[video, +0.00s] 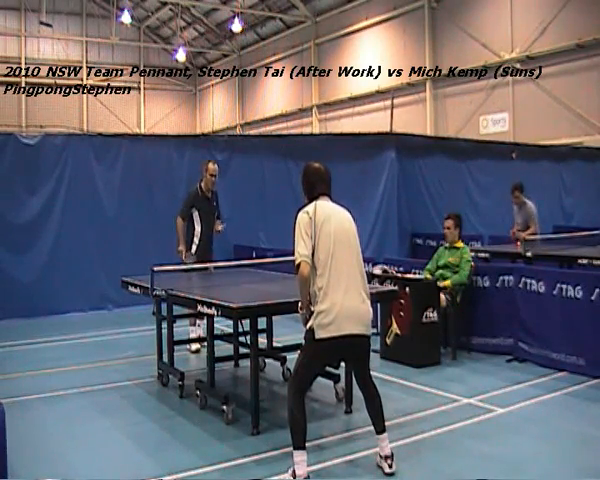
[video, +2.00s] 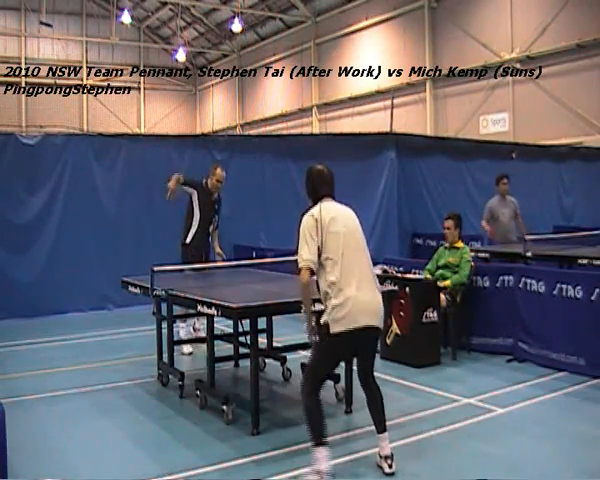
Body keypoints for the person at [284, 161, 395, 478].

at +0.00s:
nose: (304, 190)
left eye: (303, 185)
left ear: (305, 187)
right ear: (329, 186)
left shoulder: (307, 215)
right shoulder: (346, 215)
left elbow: (304, 267)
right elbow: (355, 264)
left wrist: (304, 304)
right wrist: (327, 298)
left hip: (328, 322)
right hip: (360, 319)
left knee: (296, 388)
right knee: (365, 379)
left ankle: (300, 466)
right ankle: (386, 451)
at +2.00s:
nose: (307, 191)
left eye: (307, 186)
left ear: (309, 189)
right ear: (332, 187)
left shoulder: (313, 218)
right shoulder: (350, 214)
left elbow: (306, 273)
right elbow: (358, 262)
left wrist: (308, 313)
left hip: (340, 317)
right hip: (373, 314)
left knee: (310, 385)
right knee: (367, 377)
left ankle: (321, 461)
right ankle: (386, 449)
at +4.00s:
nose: (322, 169)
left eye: (322, 164)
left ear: (324, 166)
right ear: (348, 166)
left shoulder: (320, 194)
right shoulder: (363, 200)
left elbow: (311, 245)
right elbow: (373, 255)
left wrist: (316, 284)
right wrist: (353, 281)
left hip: (331, 309)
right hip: (363, 308)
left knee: (308, 385)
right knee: (372, 374)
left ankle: (299, 463)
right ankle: (386, 445)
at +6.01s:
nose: (307, 208)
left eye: (307, 204)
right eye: (309, 203)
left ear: (310, 205)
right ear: (334, 205)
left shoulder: (316, 231)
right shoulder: (348, 234)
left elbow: (286, 284)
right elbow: (349, 284)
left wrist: (276, 322)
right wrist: (322, 308)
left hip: (339, 343)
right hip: (366, 340)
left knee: (295, 393)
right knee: (352, 380)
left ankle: (301, 470)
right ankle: (375, 447)